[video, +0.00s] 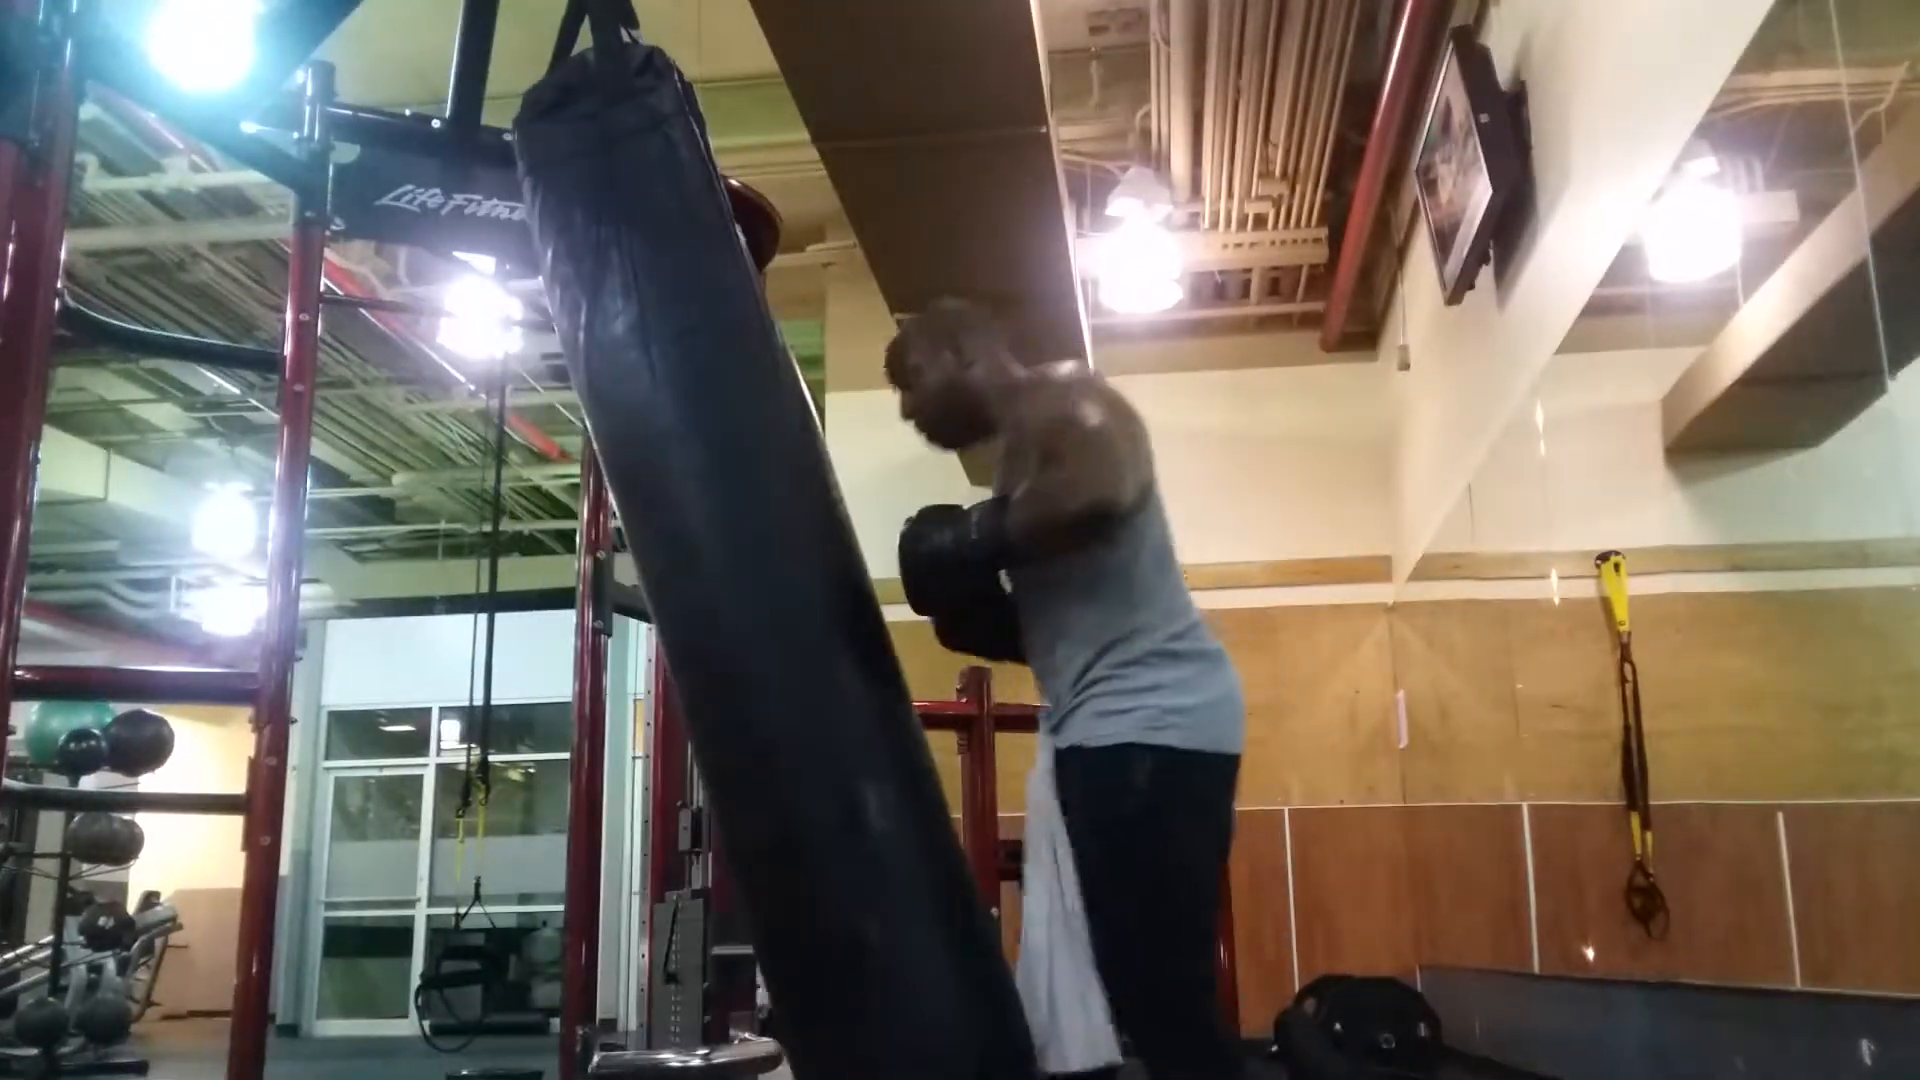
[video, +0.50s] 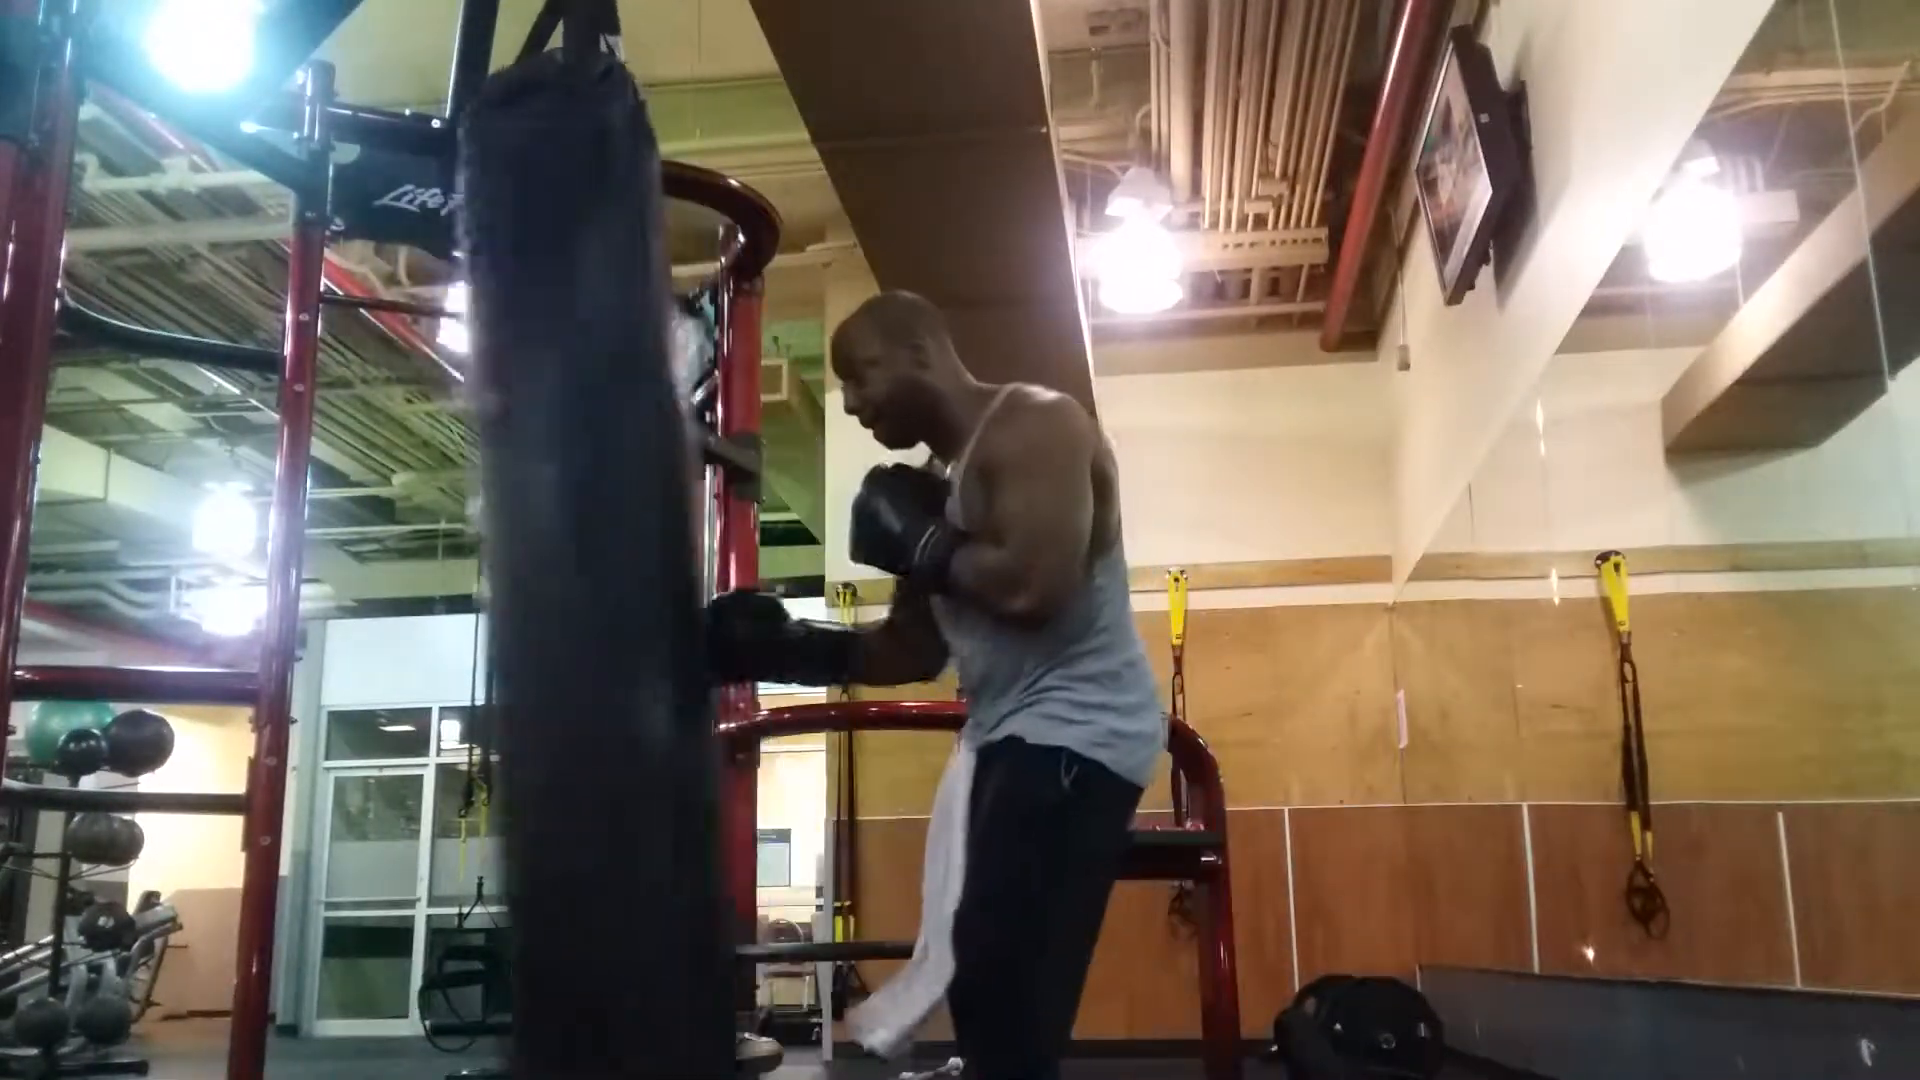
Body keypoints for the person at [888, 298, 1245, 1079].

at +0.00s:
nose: (906, 409)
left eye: (906, 379)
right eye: (898, 389)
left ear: (962, 354)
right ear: (965, 360)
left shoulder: (1059, 397)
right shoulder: (1021, 456)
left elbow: (1099, 485)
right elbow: (1070, 634)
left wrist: (965, 533)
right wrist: (960, 611)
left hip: (1148, 724)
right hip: (1103, 731)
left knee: (1166, 1018)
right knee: (1152, 1017)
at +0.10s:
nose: (894, 434)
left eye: (896, 410)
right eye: (887, 418)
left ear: (952, 379)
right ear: (953, 386)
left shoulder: (1036, 414)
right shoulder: (998, 473)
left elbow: (1070, 515)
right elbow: (1061, 646)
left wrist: (951, 541)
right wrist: (963, 637)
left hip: (1118, 735)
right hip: (1077, 738)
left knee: (1116, 999)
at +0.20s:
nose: (882, 438)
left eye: (885, 413)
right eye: (876, 420)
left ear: (940, 386)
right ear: (943, 393)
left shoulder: (1031, 422)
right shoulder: (991, 485)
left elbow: (1053, 547)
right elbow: (1042, 650)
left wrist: (937, 551)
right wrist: (937, 650)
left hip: (1105, 713)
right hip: (1057, 718)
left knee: (1032, 953)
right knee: (1005, 953)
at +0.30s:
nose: (872, 427)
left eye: (874, 402)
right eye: (864, 410)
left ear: (929, 374)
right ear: (932, 381)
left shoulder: (1032, 421)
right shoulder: (985, 474)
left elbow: (1047, 557)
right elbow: (1029, 659)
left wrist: (925, 540)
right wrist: (906, 656)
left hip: (1092, 712)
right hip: (1055, 716)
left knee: (1014, 951)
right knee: (1007, 952)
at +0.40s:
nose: (861, 411)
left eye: (867, 385)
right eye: (854, 393)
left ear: (926, 360)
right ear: (926, 368)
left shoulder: (1037, 416)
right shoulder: (962, 489)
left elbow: (1041, 566)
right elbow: (977, 653)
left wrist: (928, 535)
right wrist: (847, 646)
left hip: (1083, 724)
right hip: (1028, 730)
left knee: (1019, 1003)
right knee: (1005, 1002)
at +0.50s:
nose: (850, 406)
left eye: (854, 380)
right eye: (844, 387)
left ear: (917, 358)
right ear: (916, 365)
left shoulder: (1035, 420)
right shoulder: (944, 487)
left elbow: (1031, 587)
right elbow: (910, 649)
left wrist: (921, 540)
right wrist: (787, 646)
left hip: (1071, 729)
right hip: (1014, 733)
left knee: (1005, 1002)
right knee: (993, 999)